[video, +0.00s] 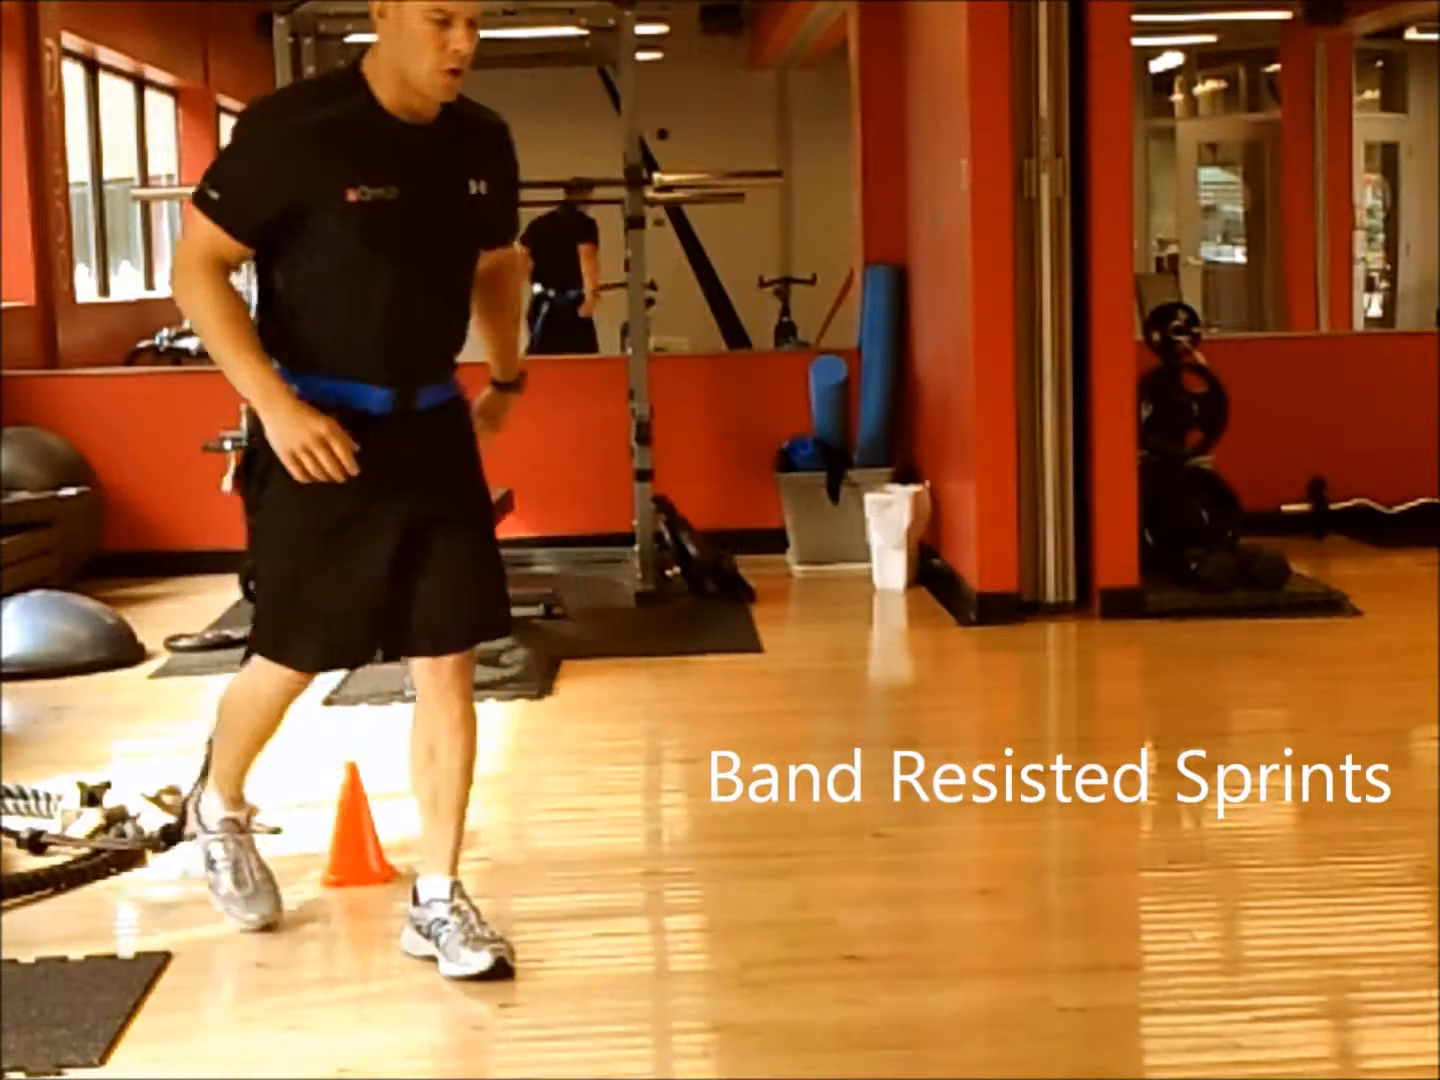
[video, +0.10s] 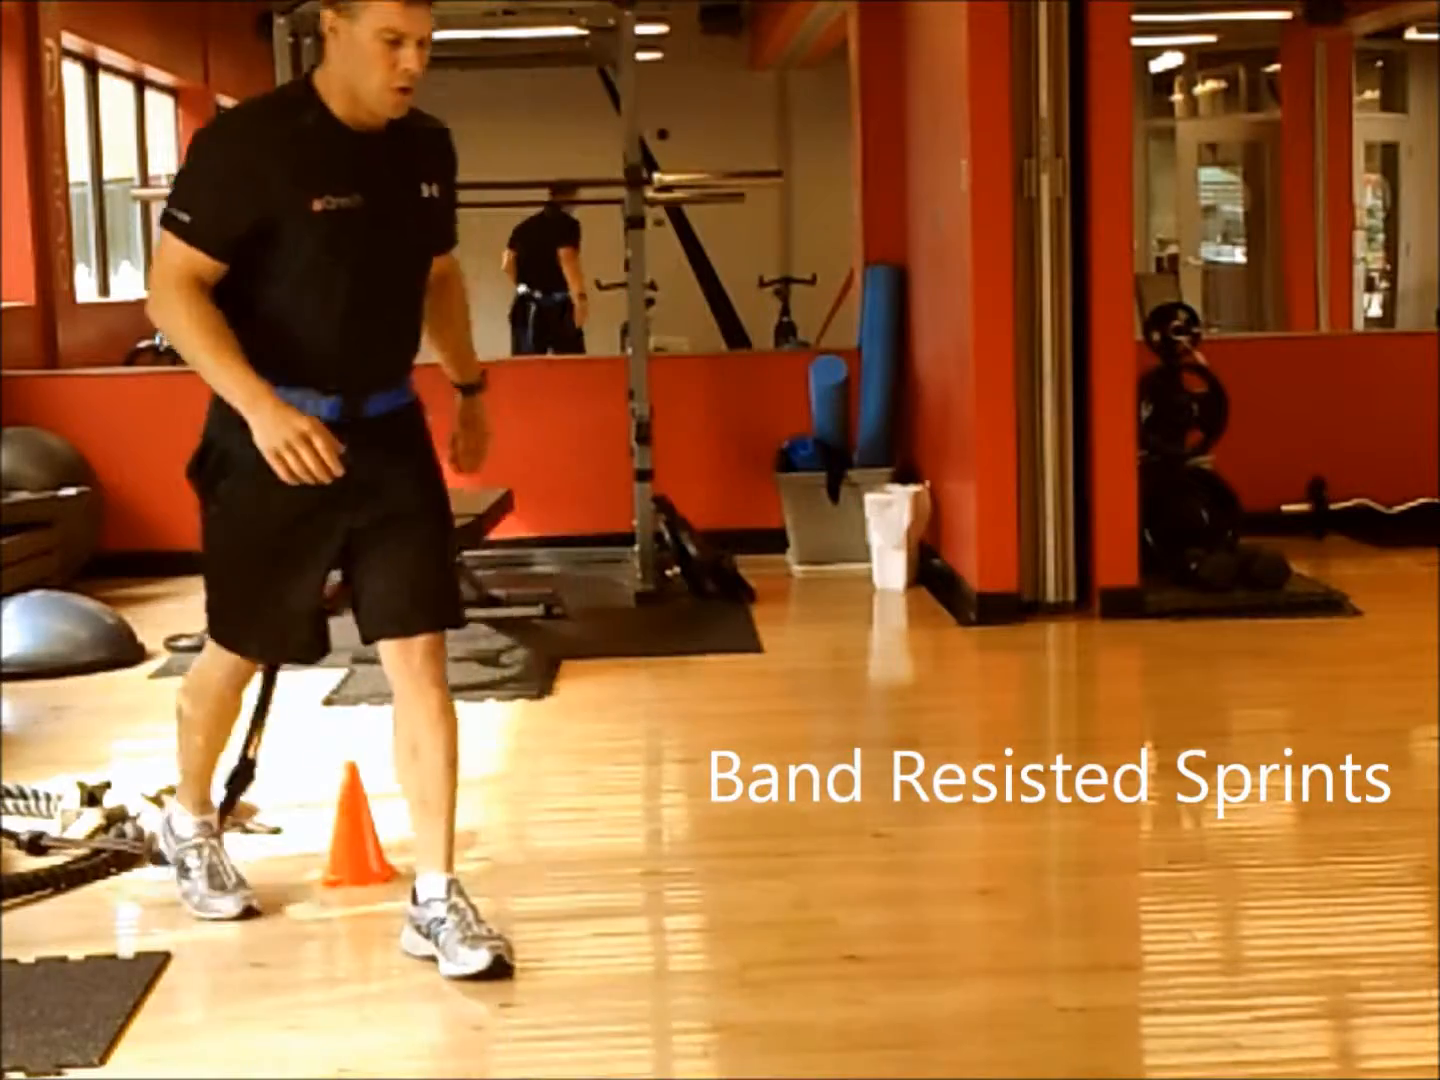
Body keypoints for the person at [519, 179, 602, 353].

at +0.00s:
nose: (590, 202)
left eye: (589, 197)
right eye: (589, 197)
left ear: (566, 195)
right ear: (585, 198)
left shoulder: (539, 222)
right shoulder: (584, 224)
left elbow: (521, 252)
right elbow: (587, 257)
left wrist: (532, 280)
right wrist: (591, 293)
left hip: (543, 301)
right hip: (573, 302)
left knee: (542, 359)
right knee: (581, 361)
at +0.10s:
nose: (575, 204)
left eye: (574, 198)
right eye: (573, 198)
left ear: (551, 196)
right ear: (569, 199)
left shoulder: (525, 225)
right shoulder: (567, 224)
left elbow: (507, 263)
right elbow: (567, 258)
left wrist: (523, 286)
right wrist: (579, 297)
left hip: (528, 305)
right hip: (559, 305)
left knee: (526, 369)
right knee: (572, 368)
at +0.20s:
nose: (558, 214)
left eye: (558, 208)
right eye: (557, 208)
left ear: (536, 205)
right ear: (552, 208)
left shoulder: (509, 232)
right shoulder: (549, 229)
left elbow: (497, 274)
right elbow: (550, 264)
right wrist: (571, 306)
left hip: (508, 309)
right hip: (540, 309)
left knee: (509, 370)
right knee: (553, 367)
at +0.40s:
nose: (536, 202)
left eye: (536, 197)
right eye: (535, 197)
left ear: (512, 197)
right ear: (530, 198)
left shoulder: (484, 228)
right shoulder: (531, 223)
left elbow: (475, 271)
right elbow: (537, 261)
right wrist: (548, 296)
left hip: (488, 305)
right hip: (521, 305)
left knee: (492, 364)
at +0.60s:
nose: (525, 201)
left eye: (524, 196)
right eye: (523, 196)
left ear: (500, 197)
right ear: (516, 197)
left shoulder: (476, 225)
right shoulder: (523, 223)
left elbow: (461, 269)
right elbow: (531, 263)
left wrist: (473, 295)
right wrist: (542, 298)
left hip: (479, 307)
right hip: (510, 307)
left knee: (484, 366)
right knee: (522, 365)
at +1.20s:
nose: (546, 216)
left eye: (546, 211)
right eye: (545, 211)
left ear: (522, 210)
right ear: (540, 212)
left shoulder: (492, 232)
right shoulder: (542, 240)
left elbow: (462, 266)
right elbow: (549, 281)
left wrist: (459, 311)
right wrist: (556, 319)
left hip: (479, 310)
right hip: (509, 314)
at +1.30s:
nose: (558, 227)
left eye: (558, 223)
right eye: (559, 222)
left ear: (534, 218)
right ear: (555, 222)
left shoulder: (506, 238)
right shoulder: (553, 250)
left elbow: (465, 260)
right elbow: (561, 287)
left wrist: (455, 302)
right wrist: (570, 310)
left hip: (485, 311)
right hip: (514, 318)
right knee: (506, 373)